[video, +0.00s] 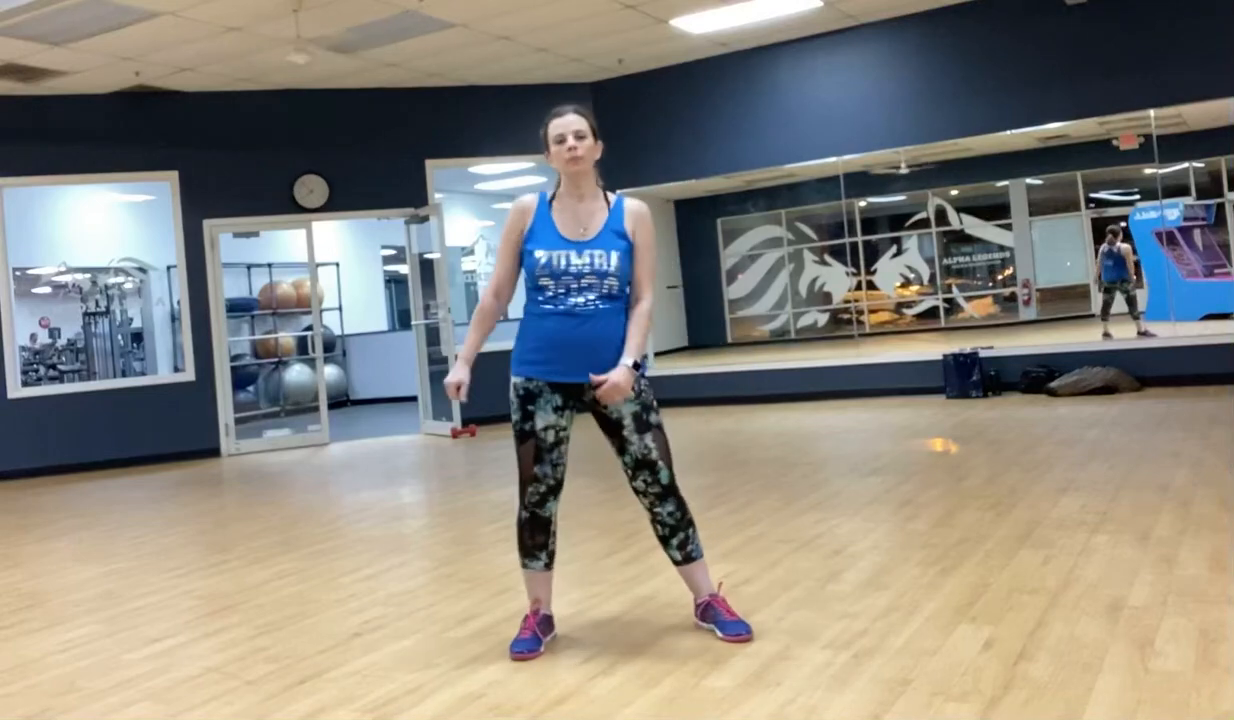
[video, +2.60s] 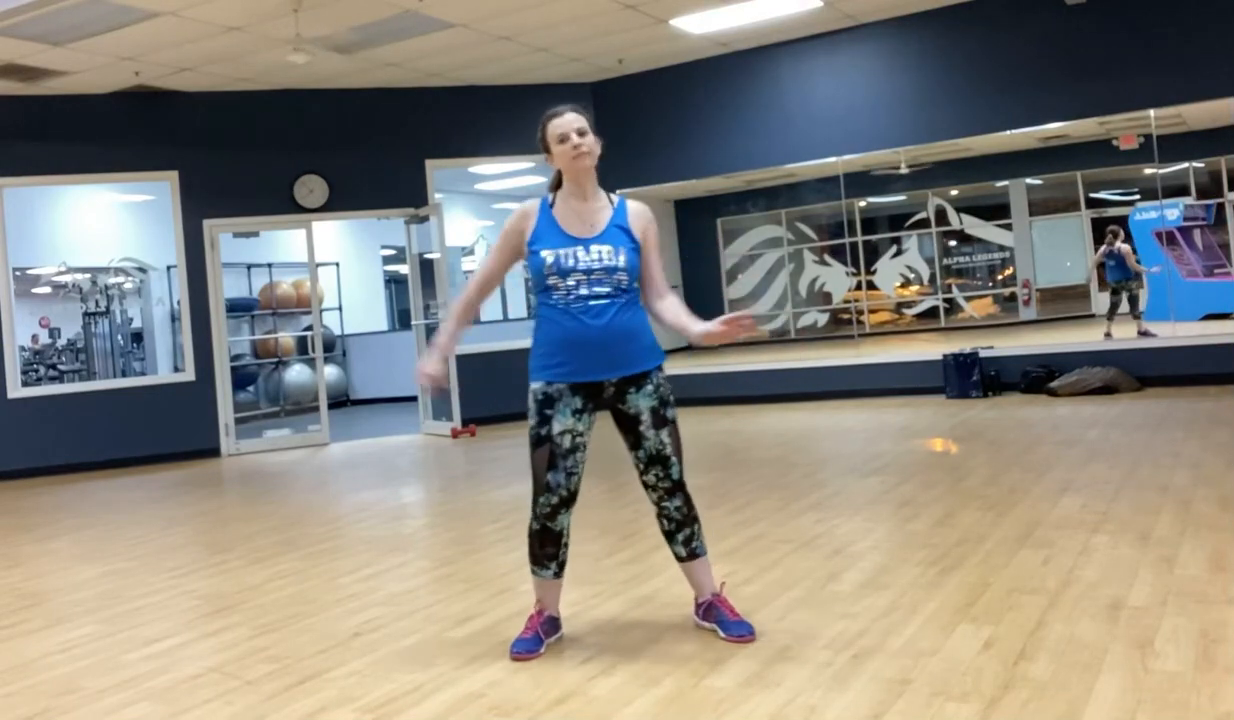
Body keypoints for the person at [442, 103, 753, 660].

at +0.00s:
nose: (571, 146)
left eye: (579, 137)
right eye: (560, 140)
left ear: (598, 146)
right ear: (547, 154)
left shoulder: (632, 213)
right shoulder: (526, 214)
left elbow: (642, 299)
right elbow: (496, 296)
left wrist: (627, 364)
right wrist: (465, 359)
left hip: (614, 373)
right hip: (540, 378)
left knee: (658, 485)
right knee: (537, 496)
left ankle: (708, 600)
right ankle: (538, 613)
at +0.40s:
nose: (584, 143)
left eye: (592, 134)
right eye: (573, 137)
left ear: (609, 142)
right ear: (561, 151)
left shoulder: (643, 192)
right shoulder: (550, 221)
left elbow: (689, 268)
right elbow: (543, 310)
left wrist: (679, 343)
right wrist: (524, 379)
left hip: (647, 371)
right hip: (575, 377)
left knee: (675, 485)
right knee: (558, 493)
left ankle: (709, 600)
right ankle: (542, 612)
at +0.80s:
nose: (626, 149)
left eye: (629, 140)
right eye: (613, 141)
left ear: (634, 147)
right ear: (584, 151)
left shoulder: (658, 192)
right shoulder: (564, 227)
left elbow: (723, 252)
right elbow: (571, 313)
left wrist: (747, 319)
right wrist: (579, 381)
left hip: (689, 364)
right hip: (616, 378)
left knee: (697, 482)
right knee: (584, 490)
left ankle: (711, 600)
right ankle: (548, 611)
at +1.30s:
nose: (616, 163)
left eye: (620, 153)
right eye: (603, 156)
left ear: (624, 157)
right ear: (574, 163)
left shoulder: (634, 230)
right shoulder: (542, 208)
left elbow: (674, 305)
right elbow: (505, 284)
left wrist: (735, 343)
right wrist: (522, 357)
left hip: (651, 371)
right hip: (579, 381)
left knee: (675, 485)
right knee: (570, 499)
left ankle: (709, 601)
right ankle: (547, 615)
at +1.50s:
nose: (594, 157)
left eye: (595, 147)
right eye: (580, 155)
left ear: (604, 150)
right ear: (559, 169)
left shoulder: (628, 229)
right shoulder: (539, 202)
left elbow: (643, 307)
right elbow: (486, 270)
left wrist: (683, 344)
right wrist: (464, 342)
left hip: (626, 371)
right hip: (555, 377)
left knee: (664, 482)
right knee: (554, 496)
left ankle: (705, 601)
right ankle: (546, 614)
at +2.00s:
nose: (591, 155)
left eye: (589, 143)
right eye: (576, 156)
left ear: (601, 143)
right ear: (562, 176)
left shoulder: (652, 203)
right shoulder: (552, 224)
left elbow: (707, 263)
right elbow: (536, 304)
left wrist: (696, 328)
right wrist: (510, 372)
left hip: (649, 371)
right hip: (572, 376)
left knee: (682, 484)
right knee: (559, 490)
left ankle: (712, 599)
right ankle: (545, 613)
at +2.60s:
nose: (578, 142)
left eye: (583, 133)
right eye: (565, 139)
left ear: (599, 143)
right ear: (550, 156)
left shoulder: (635, 215)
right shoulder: (528, 220)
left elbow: (659, 296)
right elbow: (476, 293)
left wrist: (698, 329)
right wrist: (439, 350)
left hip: (637, 371)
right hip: (560, 379)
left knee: (667, 484)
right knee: (552, 497)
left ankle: (710, 600)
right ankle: (545, 615)